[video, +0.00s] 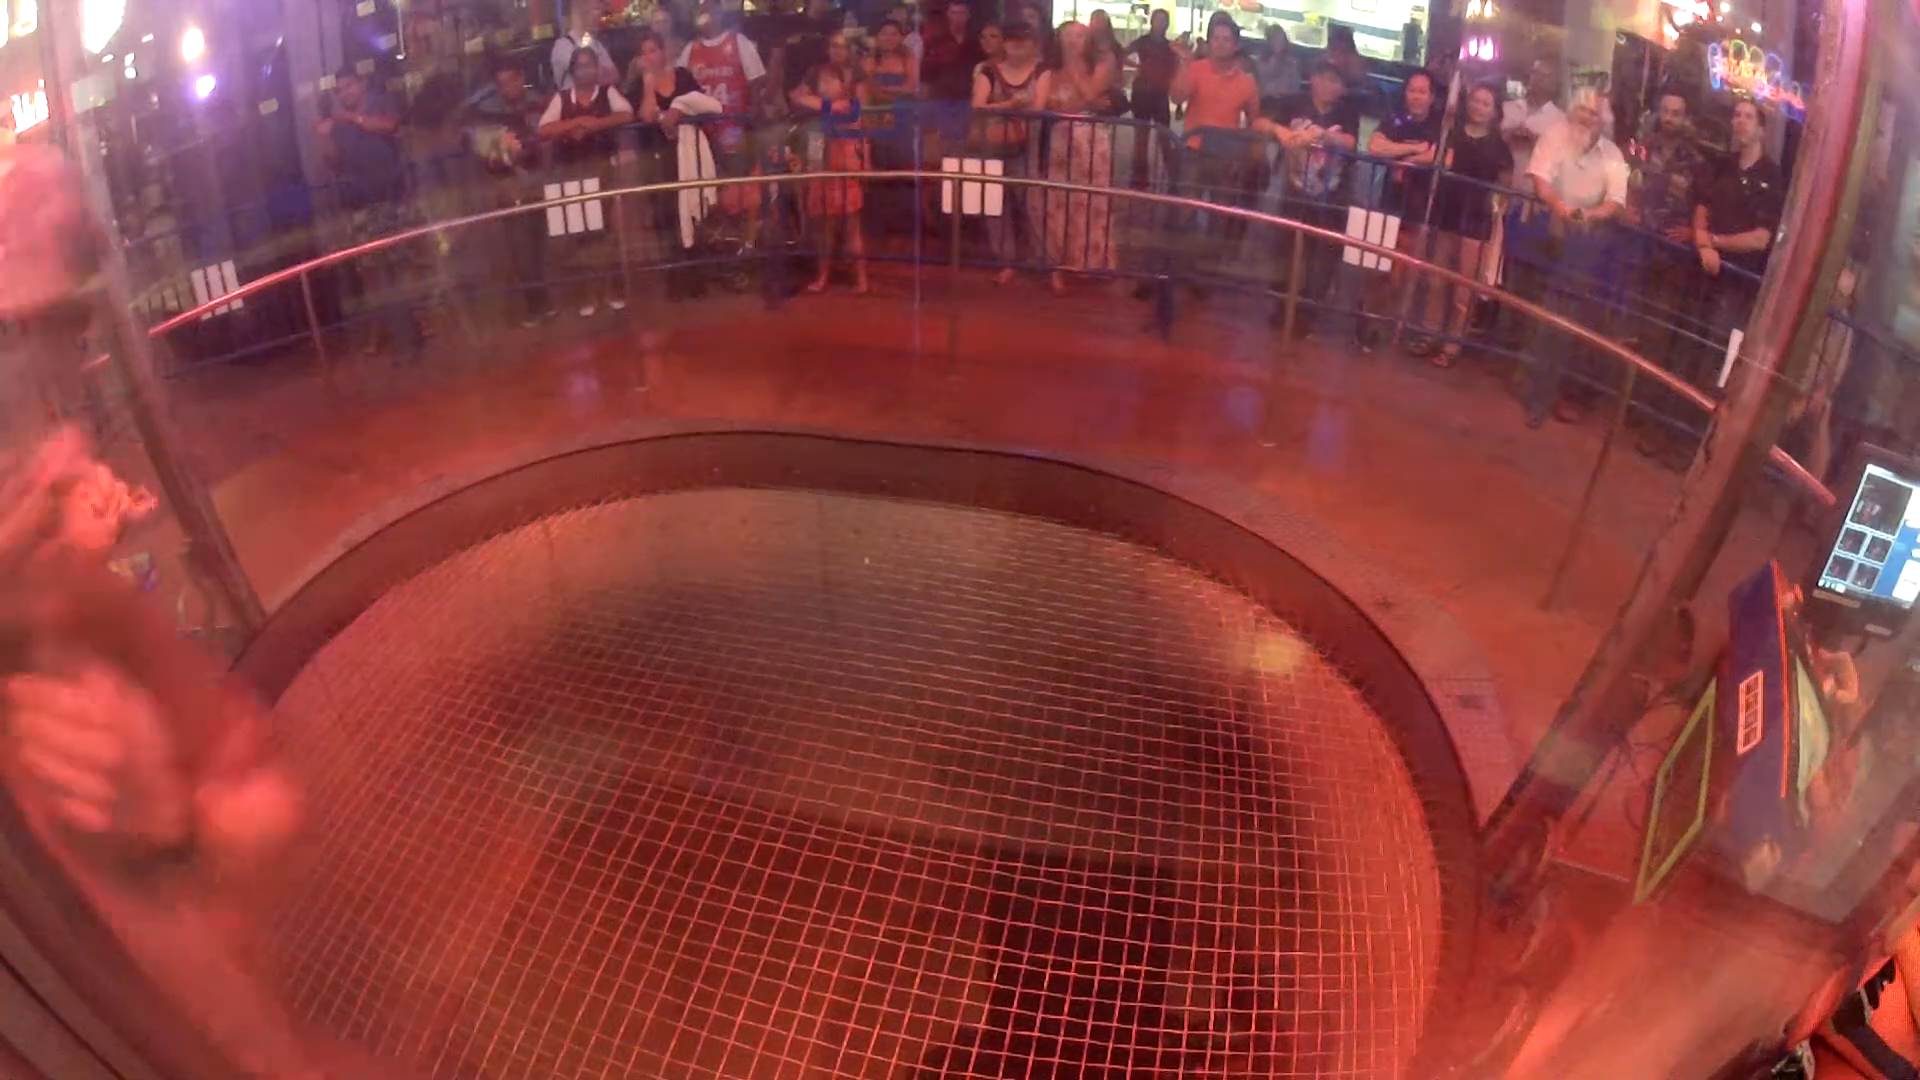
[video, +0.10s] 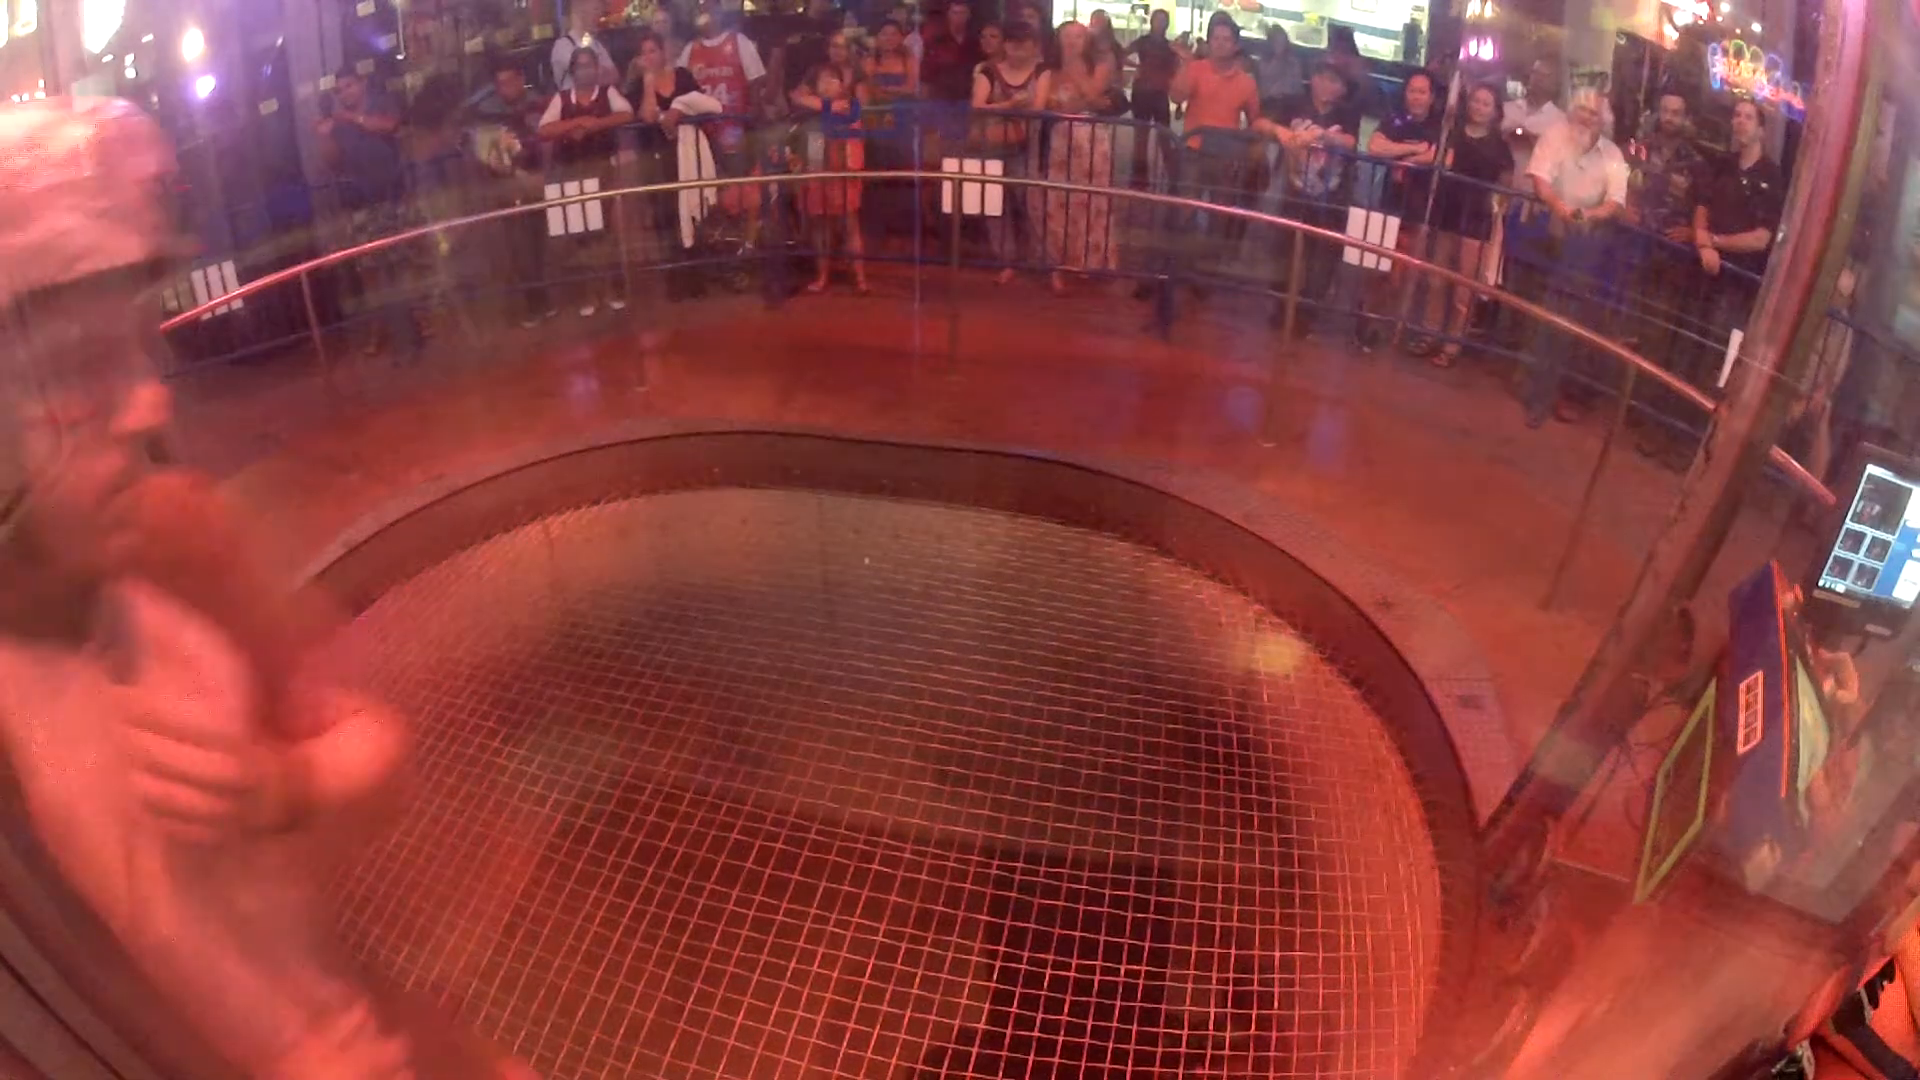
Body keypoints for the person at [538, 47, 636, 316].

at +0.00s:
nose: (584, 70)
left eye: (589, 65)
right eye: (579, 66)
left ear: (597, 69)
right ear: (571, 70)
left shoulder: (608, 92)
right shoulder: (561, 98)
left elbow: (626, 115)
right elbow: (543, 130)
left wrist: (592, 124)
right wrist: (574, 125)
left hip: (604, 170)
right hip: (570, 175)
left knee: (607, 233)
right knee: (579, 238)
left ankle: (614, 290)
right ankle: (588, 294)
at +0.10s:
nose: (582, 71)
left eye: (587, 65)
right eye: (578, 66)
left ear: (597, 69)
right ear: (571, 70)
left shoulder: (608, 92)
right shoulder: (561, 98)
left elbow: (626, 114)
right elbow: (543, 130)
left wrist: (592, 124)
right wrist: (574, 126)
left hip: (604, 171)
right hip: (570, 175)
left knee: (607, 234)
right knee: (579, 239)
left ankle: (614, 291)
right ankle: (588, 295)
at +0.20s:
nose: (583, 71)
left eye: (588, 66)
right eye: (578, 67)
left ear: (597, 69)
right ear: (571, 71)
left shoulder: (608, 92)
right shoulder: (562, 97)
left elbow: (626, 114)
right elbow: (544, 130)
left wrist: (592, 124)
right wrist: (575, 124)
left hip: (604, 170)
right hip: (570, 175)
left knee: (606, 234)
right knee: (579, 238)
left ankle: (614, 291)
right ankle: (588, 295)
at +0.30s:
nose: (583, 71)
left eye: (588, 66)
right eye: (578, 66)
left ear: (597, 69)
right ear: (571, 71)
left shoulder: (608, 92)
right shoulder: (562, 97)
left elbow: (626, 115)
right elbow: (543, 129)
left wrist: (592, 124)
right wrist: (574, 125)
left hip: (604, 171)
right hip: (570, 175)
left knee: (607, 233)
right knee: (580, 238)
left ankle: (614, 291)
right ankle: (588, 295)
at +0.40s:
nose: (583, 71)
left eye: (588, 65)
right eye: (578, 66)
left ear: (597, 69)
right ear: (571, 70)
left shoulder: (608, 92)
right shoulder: (561, 98)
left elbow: (626, 115)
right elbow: (544, 129)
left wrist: (592, 124)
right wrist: (574, 125)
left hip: (604, 170)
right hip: (570, 175)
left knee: (607, 233)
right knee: (579, 238)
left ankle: (614, 291)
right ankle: (588, 295)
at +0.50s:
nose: (583, 70)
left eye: (588, 65)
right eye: (578, 66)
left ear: (597, 69)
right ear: (571, 70)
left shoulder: (608, 92)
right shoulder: (561, 97)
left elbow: (626, 115)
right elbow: (544, 129)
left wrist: (592, 124)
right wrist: (575, 125)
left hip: (604, 170)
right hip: (570, 174)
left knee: (606, 233)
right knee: (580, 237)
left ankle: (614, 291)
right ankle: (589, 295)